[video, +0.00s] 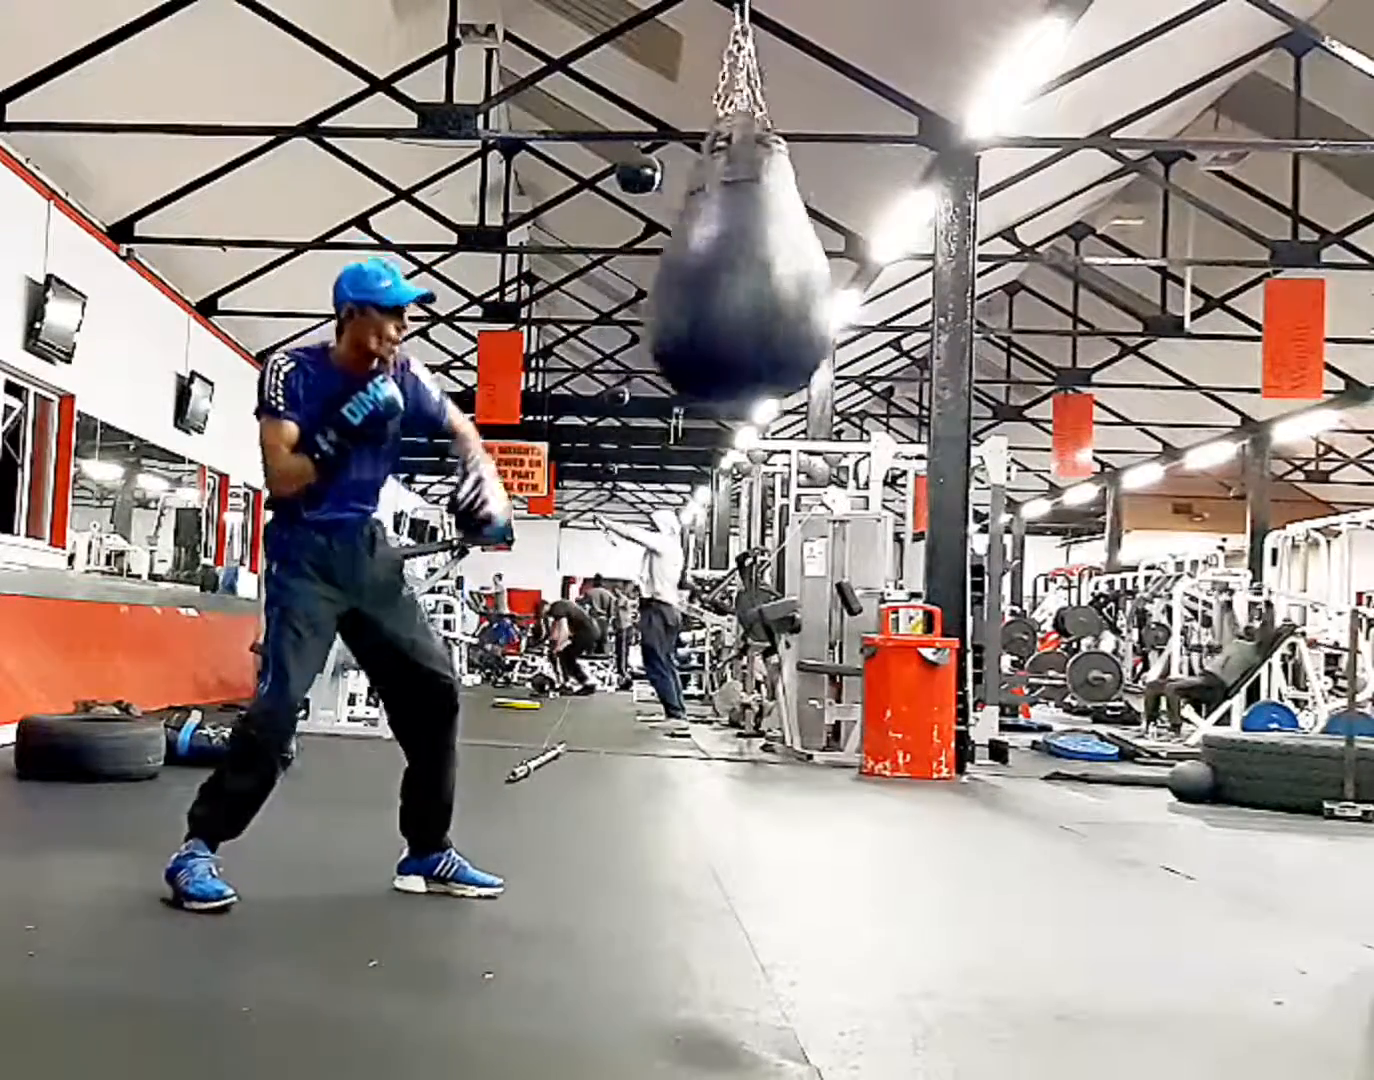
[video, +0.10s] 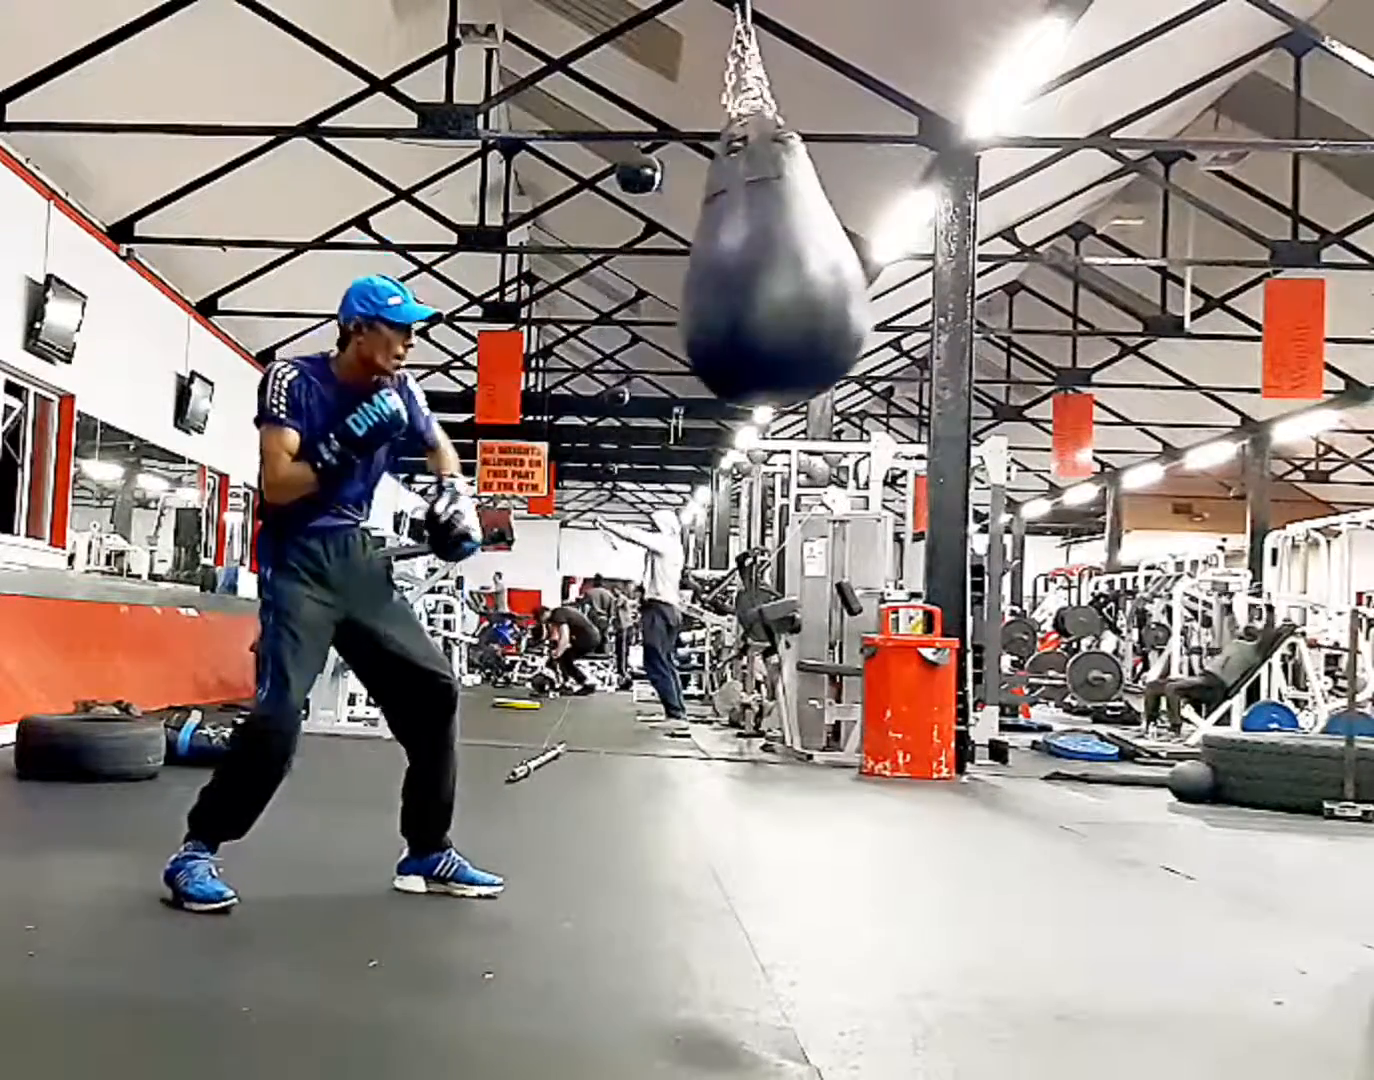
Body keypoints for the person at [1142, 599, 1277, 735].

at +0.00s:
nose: (1252, 626)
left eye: (1257, 625)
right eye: (1253, 623)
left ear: (1262, 633)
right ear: (1247, 629)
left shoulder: (1258, 651)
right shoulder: (1237, 642)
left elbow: (1268, 628)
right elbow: (1231, 625)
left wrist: (1268, 607)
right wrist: (1227, 605)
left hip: (1219, 683)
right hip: (1204, 676)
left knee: (1172, 688)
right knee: (1152, 687)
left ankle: (1175, 730)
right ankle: (1148, 727)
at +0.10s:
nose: (1249, 630)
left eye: (1253, 629)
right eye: (1247, 628)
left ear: (1258, 635)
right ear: (1244, 632)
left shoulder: (1257, 651)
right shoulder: (1235, 643)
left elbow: (1269, 631)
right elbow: (1231, 625)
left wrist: (1270, 610)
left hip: (1218, 684)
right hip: (1203, 677)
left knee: (1172, 688)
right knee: (1152, 687)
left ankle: (1175, 731)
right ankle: (1148, 727)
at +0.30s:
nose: (1251, 630)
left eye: (1256, 630)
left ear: (1258, 636)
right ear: (1248, 633)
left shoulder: (1256, 649)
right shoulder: (1232, 643)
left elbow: (1271, 648)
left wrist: (1282, 634)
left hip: (1218, 683)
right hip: (1202, 677)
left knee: (1172, 688)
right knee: (1152, 688)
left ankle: (1175, 731)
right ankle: (1148, 727)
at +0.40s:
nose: (1256, 634)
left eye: (1258, 633)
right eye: (1256, 632)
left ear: (1258, 638)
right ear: (1251, 635)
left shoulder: (1260, 650)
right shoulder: (1235, 644)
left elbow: (1279, 659)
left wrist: (1276, 642)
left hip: (1217, 682)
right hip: (1201, 674)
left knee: (1172, 688)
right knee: (1152, 687)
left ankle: (1175, 731)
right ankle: (1148, 727)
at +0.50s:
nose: (1260, 637)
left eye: (1258, 635)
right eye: (1259, 635)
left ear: (1252, 637)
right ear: (1255, 639)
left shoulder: (1257, 651)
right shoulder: (1235, 645)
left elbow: (1279, 658)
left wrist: (1274, 643)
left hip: (1216, 682)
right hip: (1202, 674)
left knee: (1171, 688)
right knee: (1152, 687)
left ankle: (1175, 731)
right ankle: (1147, 727)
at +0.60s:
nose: (1247, 634)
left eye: (1252, 633)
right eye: (1250, 632)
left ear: (1256, 638)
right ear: (1249, 636)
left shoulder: (1258, 651)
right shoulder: (1235, 645)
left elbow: (1280, 658)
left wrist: (1272, 643)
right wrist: (1272, 640)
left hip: (1216, 682)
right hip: (1202, 674)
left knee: (1171, 688)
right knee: (1151, 688)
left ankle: (1175, 732)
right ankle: (1147, 728)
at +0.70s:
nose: (1255, 630)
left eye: (1259, 629)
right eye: (1254, 627)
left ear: (1262, 636)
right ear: (1249, 631)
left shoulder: (1257, 650)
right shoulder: (1237, 644)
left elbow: (1277, 650)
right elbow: (1218, 651)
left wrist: (1275, 636)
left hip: (1216, 682)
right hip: (1201, 674)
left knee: (1171, 687)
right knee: (1151, 687)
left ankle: (1175, 731)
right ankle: (1147, 728)